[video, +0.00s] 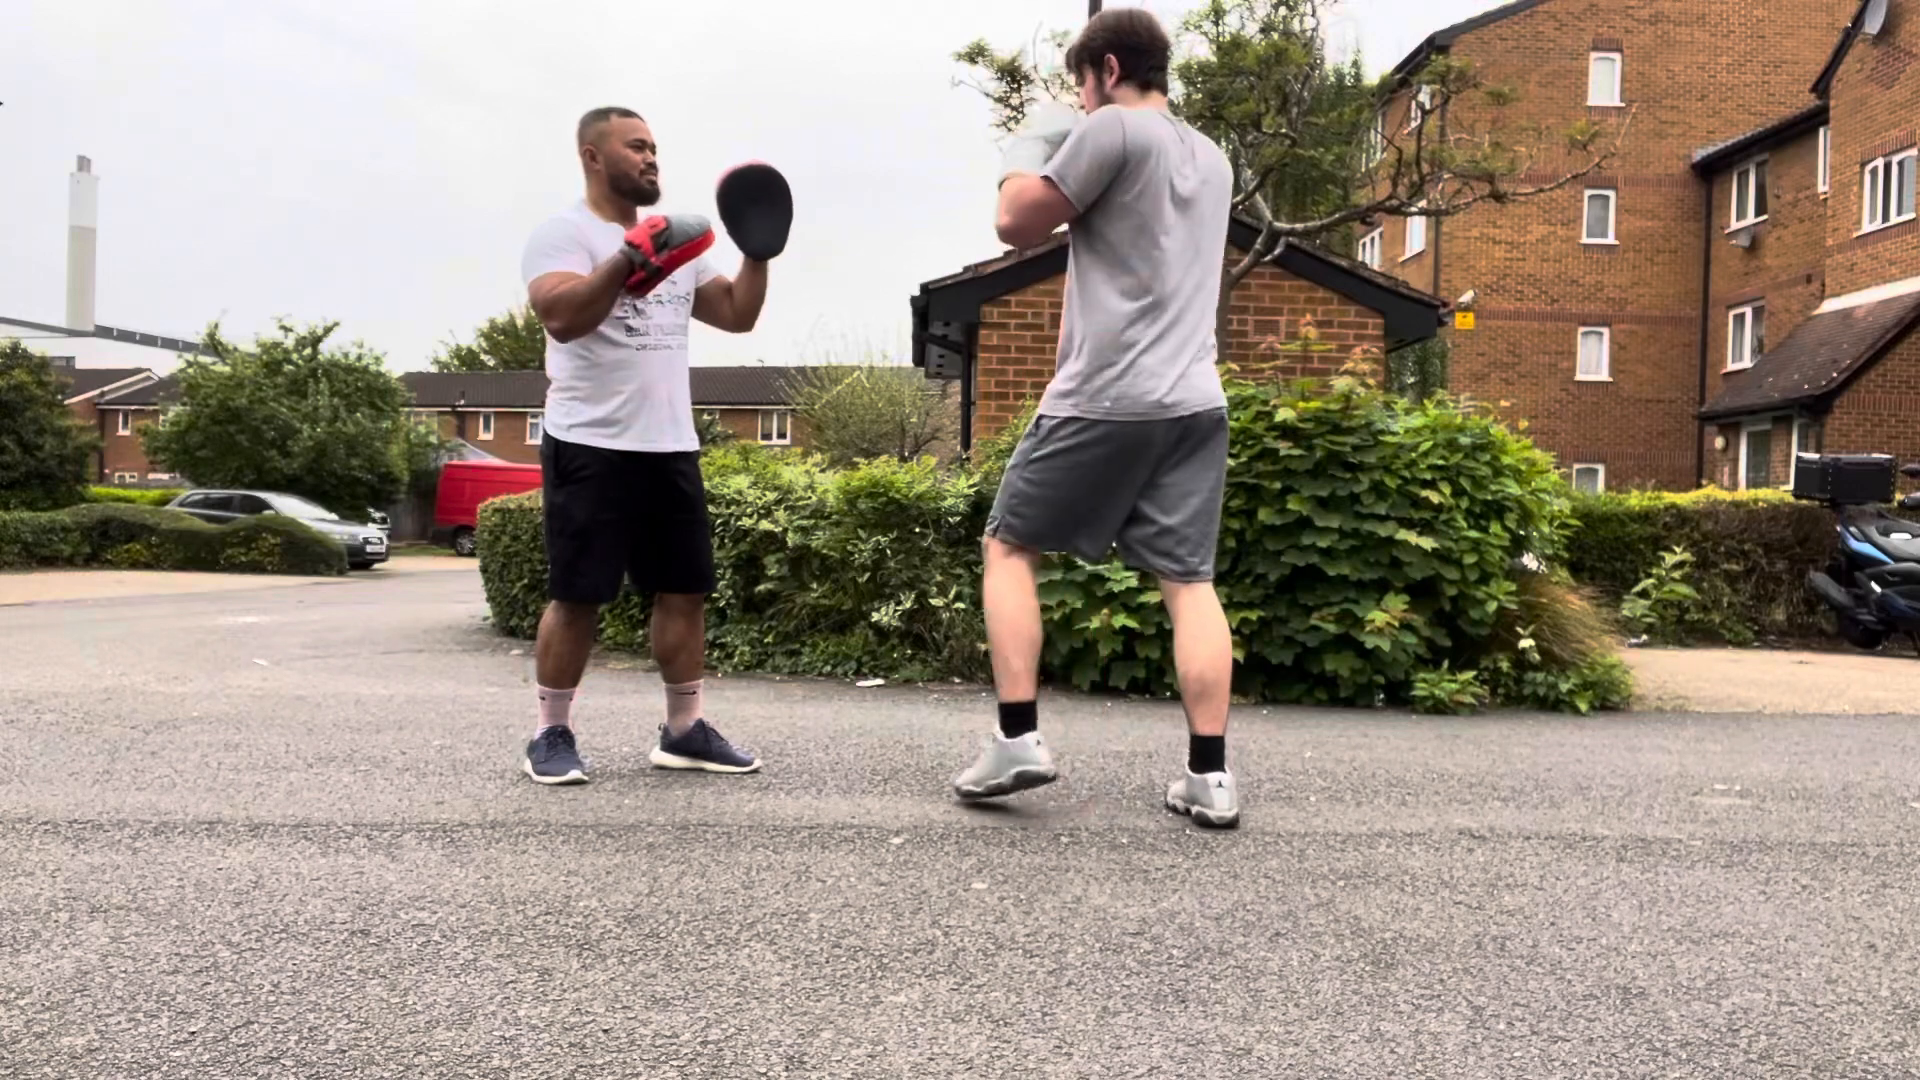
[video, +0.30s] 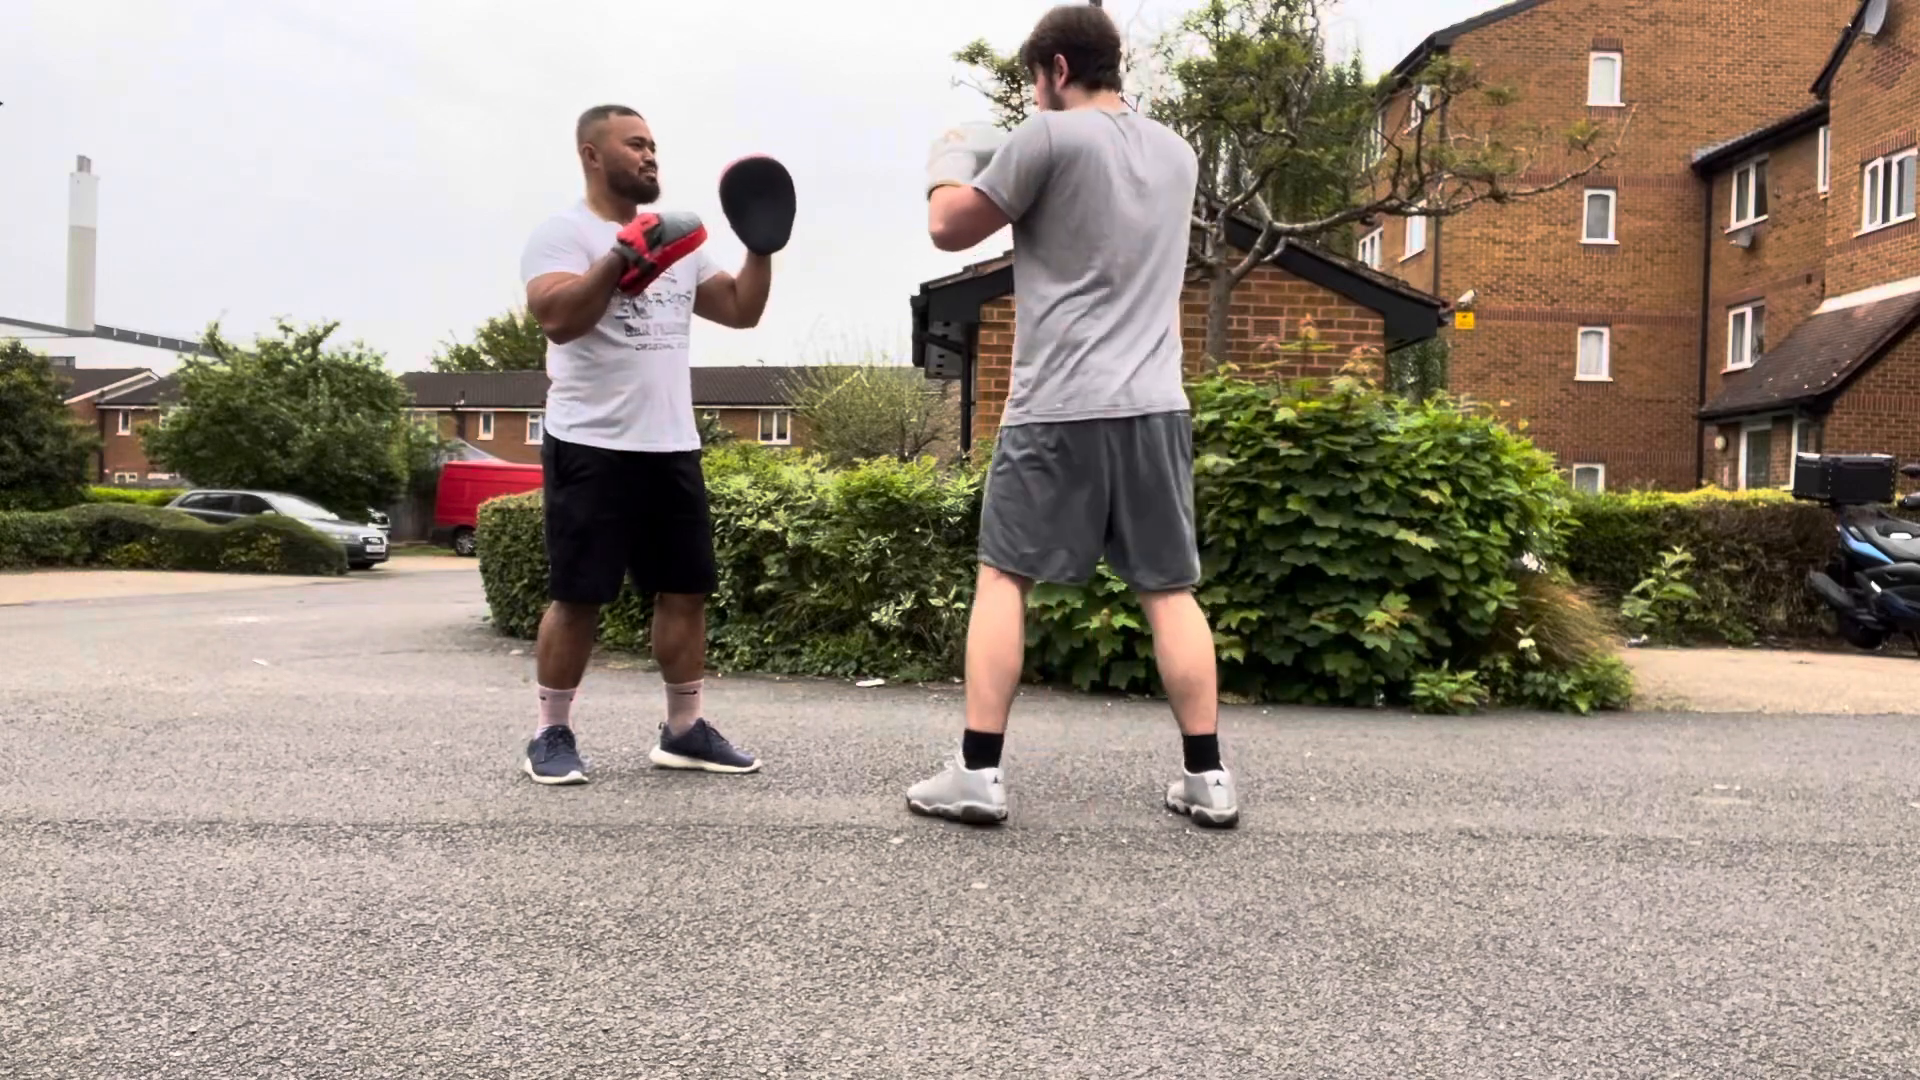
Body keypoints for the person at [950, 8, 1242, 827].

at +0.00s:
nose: (1079, 99)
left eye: (1080, 84)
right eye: (1076, 86)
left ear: (1108, 71)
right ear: (1159, 74)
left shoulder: (1114, 131)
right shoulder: (1215, 158)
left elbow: (1016, 224)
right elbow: (1180, 244)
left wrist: (1034, 162)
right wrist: (1087, 168)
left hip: (1102, 397)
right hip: (1197, 399)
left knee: (1009, 548)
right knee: (1191, 578)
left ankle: (1018, 740)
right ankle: (1210, 777)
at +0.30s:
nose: (1033, 93)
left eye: (1033, 79)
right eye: (1032, 80)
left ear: (1056, 71)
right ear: (1113, 67)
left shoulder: (1049, 138)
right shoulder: (1178, 150)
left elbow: (950, 228)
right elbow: (1118, 228)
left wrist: (948, 166)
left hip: (1053, 406)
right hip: (1158, 404)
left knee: (1002, 576)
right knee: (1170, 587)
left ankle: (979, 773)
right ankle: (1208, 777)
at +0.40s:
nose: (1009, 93)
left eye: (1008, 80)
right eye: (1008, 81)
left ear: (1031, 71)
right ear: (1091, 66)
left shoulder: (1017, 136)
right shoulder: (1157, 144)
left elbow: (906, 209)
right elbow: (1111, 237)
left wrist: (890, 163)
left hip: (1040, 401)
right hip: (1144, 398)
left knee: (989, 575)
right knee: (1159, 584)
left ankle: (978, 773)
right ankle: (1208, 773)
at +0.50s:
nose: (981, 86)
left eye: (981, 74)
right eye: (979, 75)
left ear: (1003, 68)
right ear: (1067, 64)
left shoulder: (982, 134)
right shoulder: (1133, 136)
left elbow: (858, 169)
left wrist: (806, 164)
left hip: (1016, 396)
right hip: (1122, 390)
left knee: (981, 578)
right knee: (1149, 574)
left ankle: (976, 773)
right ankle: (1206, 764)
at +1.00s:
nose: (948, 79)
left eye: (948, 63)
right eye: (945, 65)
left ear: (973, 53)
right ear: (1029, 46)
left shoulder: (974, 128)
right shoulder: (1095, 124)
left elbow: (906, 260)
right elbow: (1035, 202)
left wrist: (873, 257)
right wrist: (941, 161)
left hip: (1016, 391)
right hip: (1111, 387)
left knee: (977, 583)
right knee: (1134, 574)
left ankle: (977, 778)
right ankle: (1201, 758)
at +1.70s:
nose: (1026, 79)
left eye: (1025, 65)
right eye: (1024, 64)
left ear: (1047, 56)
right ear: (1110, 50)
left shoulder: (1057, 137)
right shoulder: (1170, 132)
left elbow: (1010, 267)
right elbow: (1143, 238)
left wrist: (976, 216)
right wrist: (1044, 163)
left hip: (1081, 402)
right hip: (1177, 398)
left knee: (1019, 582)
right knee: (1170, 590)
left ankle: (977, 775)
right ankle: (1207, 779)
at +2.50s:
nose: (1027, 103)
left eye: (1025, 86)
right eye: (1023, 88)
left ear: (1055, 70)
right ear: (1103, 62)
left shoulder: (1075, 148)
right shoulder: (1171, 138)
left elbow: (1018, 268)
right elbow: (1094, 240)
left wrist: (985, 195)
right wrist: (1010, 188)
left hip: (1104, 405)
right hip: (1194, 400)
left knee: (1028, 574)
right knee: (1178, 587)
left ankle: (980, 772)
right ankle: (1207, 779)